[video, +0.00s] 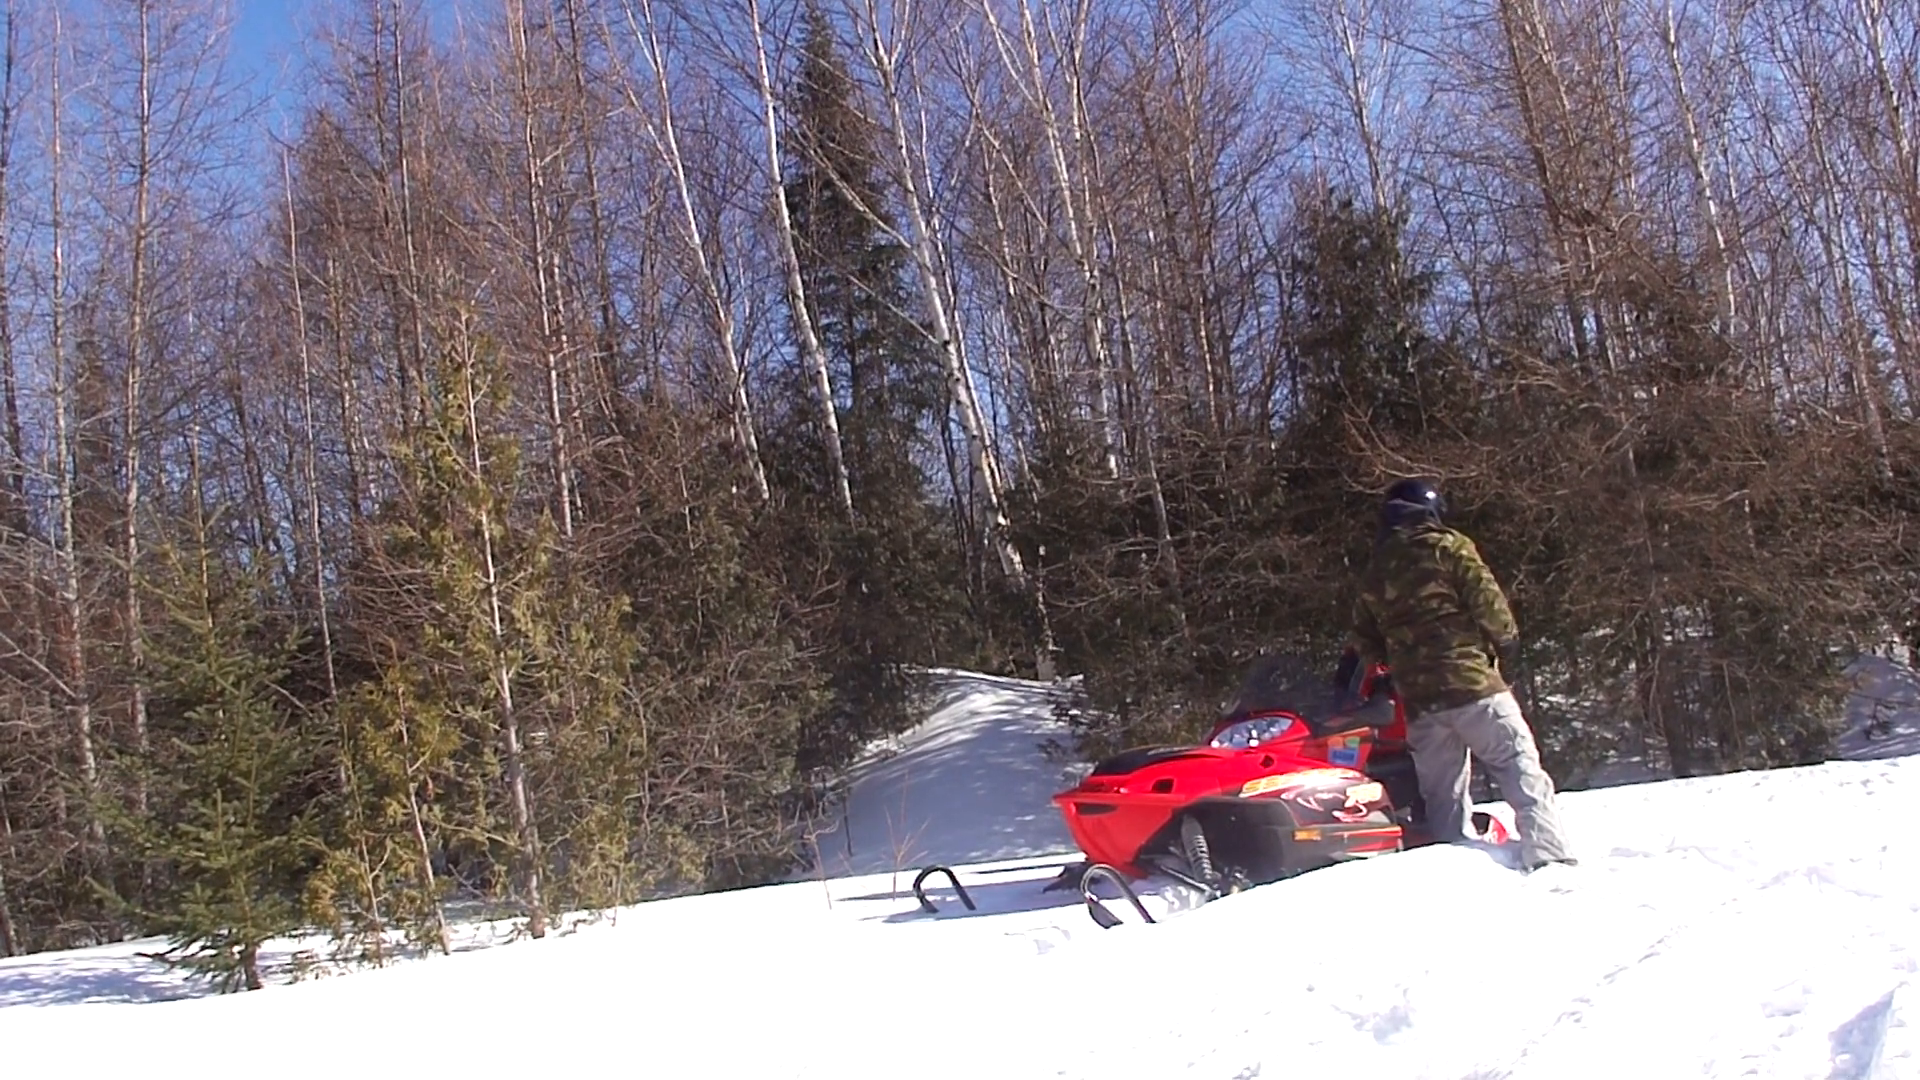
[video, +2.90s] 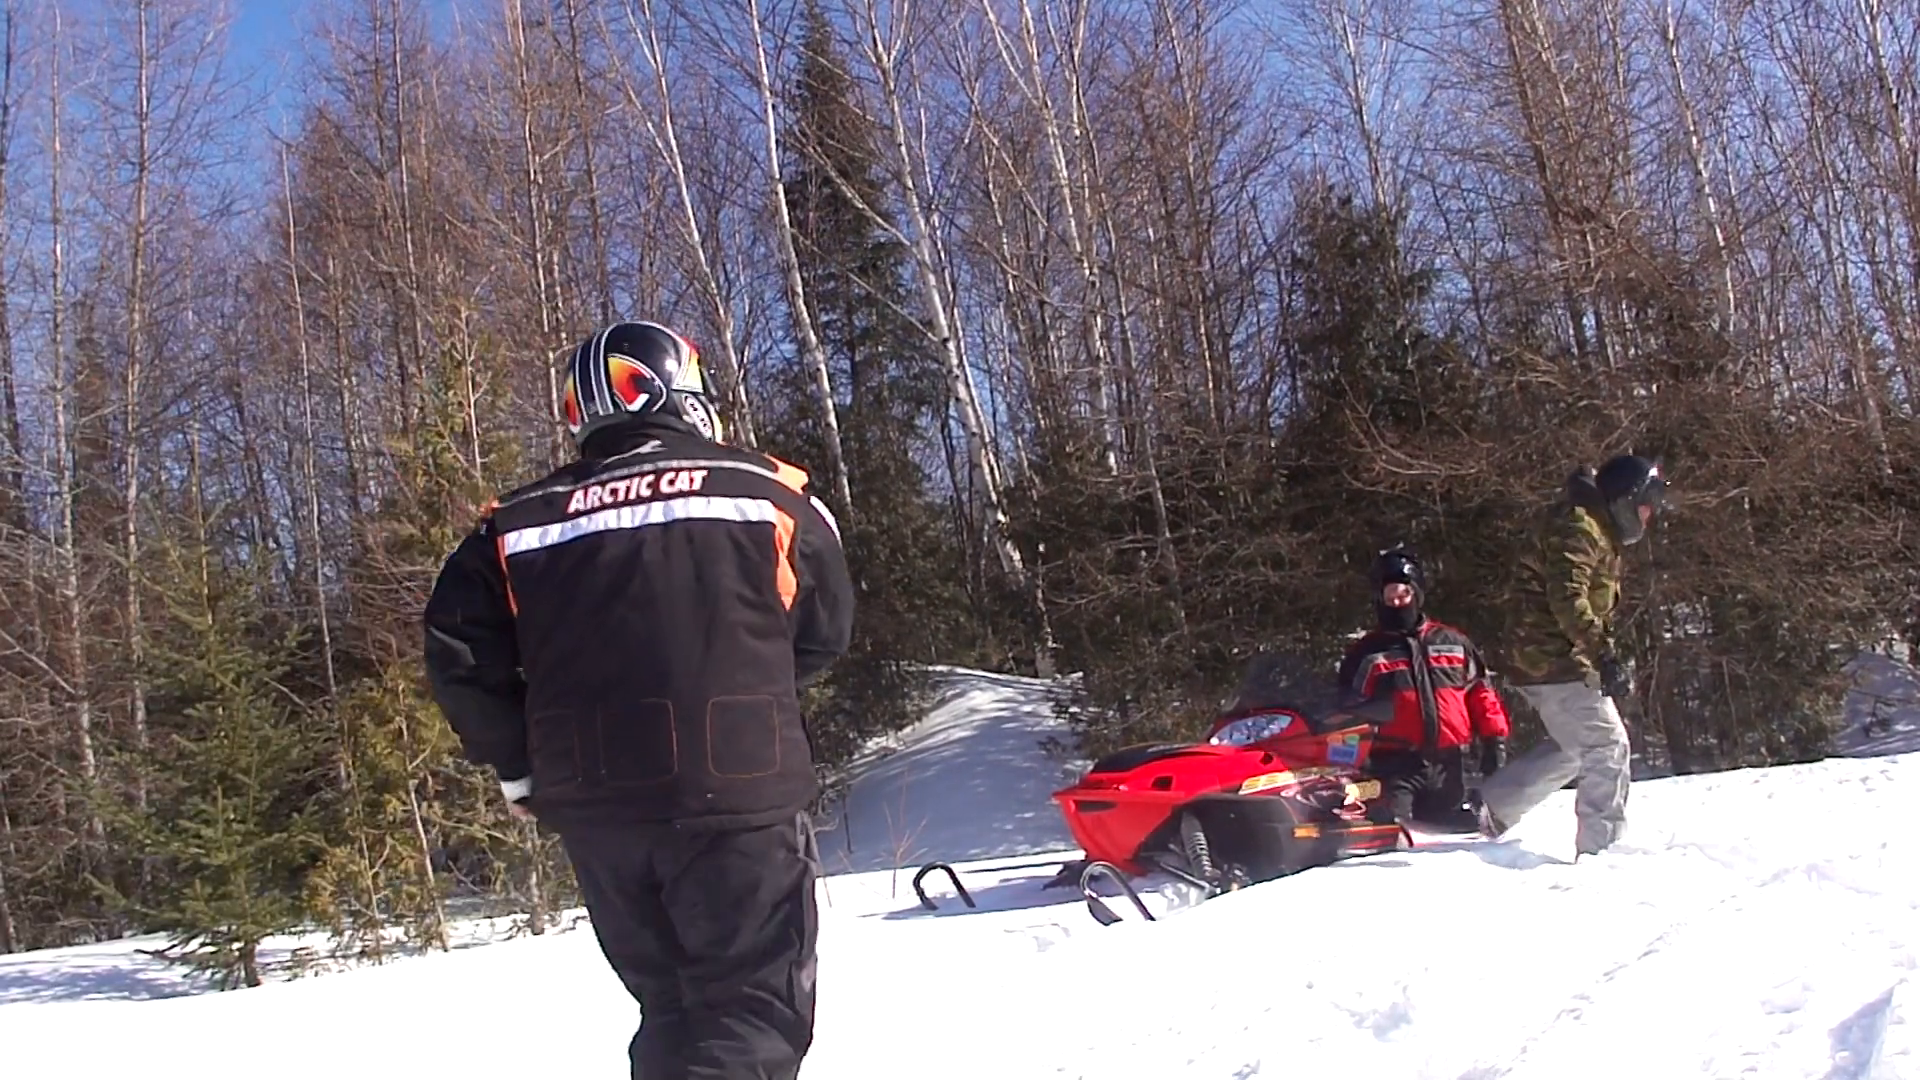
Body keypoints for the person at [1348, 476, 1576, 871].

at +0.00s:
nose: (1442, 516)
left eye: (1438, 511)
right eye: (1437, 509)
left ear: (1390, 516)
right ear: (1429, 511)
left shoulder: (1375, 567)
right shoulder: (1449, 544)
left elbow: (1365, 636)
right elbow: (1492, 609)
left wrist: (1398, 660)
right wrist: (1507, 647)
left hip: (1419, 698)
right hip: (1472, 684)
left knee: (1442, 802)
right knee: (1517, 762)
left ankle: (1451, 878)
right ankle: (1546, 854)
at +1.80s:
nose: (1486, 565)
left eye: (1491, 560)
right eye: (1489, 557)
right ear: (1482, 537)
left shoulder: (1403, 553)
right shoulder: (1452, 546)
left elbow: (1389, 621)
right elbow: (1470, 609)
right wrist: (1503, 658)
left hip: (1406, 690)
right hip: (1452, 680)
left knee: (1441, 793)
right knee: (1515, 762)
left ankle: (1452, 871)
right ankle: (1545, 856)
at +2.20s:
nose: (1529, 559)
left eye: (1536, 553)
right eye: (1534, 548)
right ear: (1520, 529)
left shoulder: (1447, 549)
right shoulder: (1480, 541)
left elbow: (1430, 621)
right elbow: (1481, 604)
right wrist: (1506, 663)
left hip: (1433, 687)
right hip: (1471, 679)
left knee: (1458, 789)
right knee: (1541, 748)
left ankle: (1464, 867)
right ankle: (1584, 845)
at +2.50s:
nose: (1593, 553)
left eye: (1598, 545)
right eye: (1595, 541)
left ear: (1564, 524)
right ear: (1577, 526)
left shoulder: (1512, 544)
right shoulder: (1536, 547)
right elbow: (1525, 616)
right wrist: (1549, 678)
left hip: (1476, 683)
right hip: (1510, 680)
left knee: (1484, 783)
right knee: (1585, 745)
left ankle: (1472, 863)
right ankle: (1600, 850)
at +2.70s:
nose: (1635, 543)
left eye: (1640, 535)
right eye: (1635, 532)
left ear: (1608, 520)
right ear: (1615, 522)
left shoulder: (1547, 538)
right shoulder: (1572, 546)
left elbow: (1511, 609)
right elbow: (1560, 616)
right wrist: (1590, 678)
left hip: (1508, 675)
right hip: (1539, 674)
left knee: (1513, 770)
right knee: (1608, 745)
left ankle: (1482, 854)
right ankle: (1599, 854)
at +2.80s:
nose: (1647, 529)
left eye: (1651, 520)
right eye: (1645, 517)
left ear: (1615, 509)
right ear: (1623, 510)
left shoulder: (1582, 534)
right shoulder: (1580, 537)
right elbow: (1567, 609)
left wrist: (1601, 661)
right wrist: (1602, 669)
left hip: (1519, 665)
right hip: (1544, 665)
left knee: (1546, 751)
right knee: (1608, 744)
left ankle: (1483, 836)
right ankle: (1599, 853)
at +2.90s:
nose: (1649, 518)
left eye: (1652, 509)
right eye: (1646, 506)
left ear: (1620, 499)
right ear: (1623, 499)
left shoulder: (1597, 532)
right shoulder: (1578, 528)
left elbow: (1593, 604)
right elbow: (1567, 598)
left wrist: (1608, 654)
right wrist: (1603, 657)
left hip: (1546, 657)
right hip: (1550, 656)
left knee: (1575, 747)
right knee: (1607, 745)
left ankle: (1490, 809)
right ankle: (1598, 853)